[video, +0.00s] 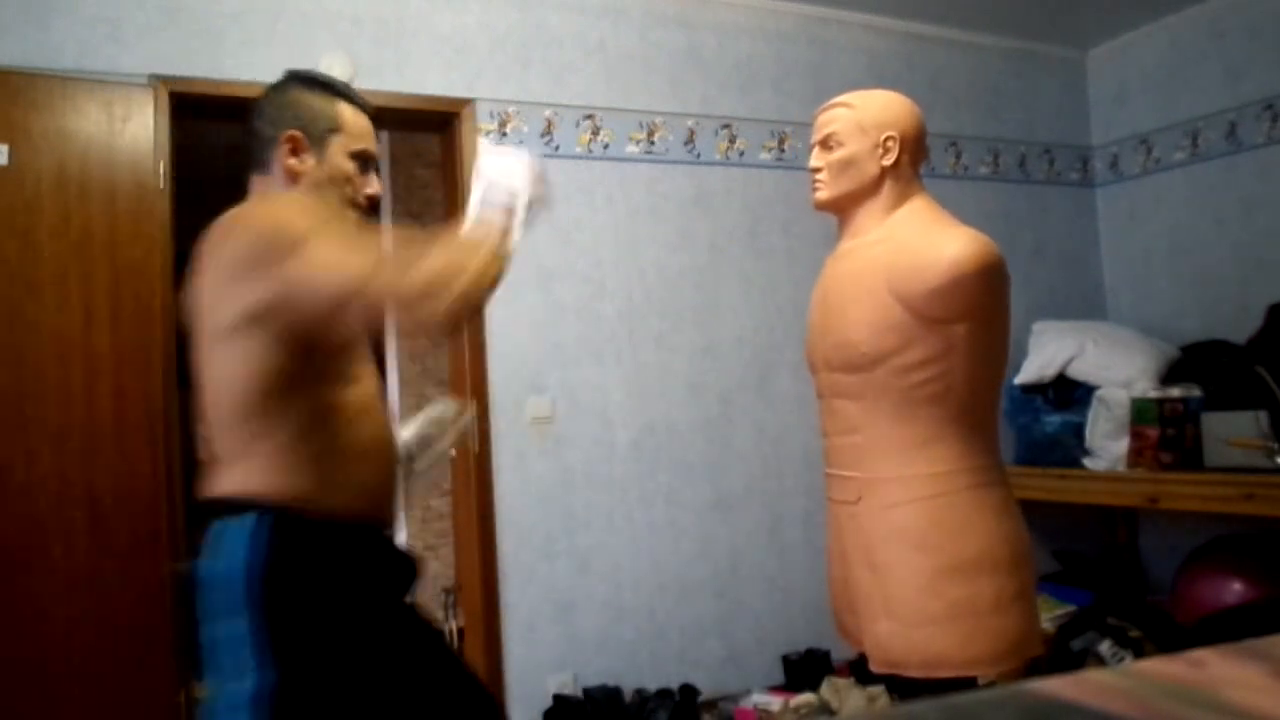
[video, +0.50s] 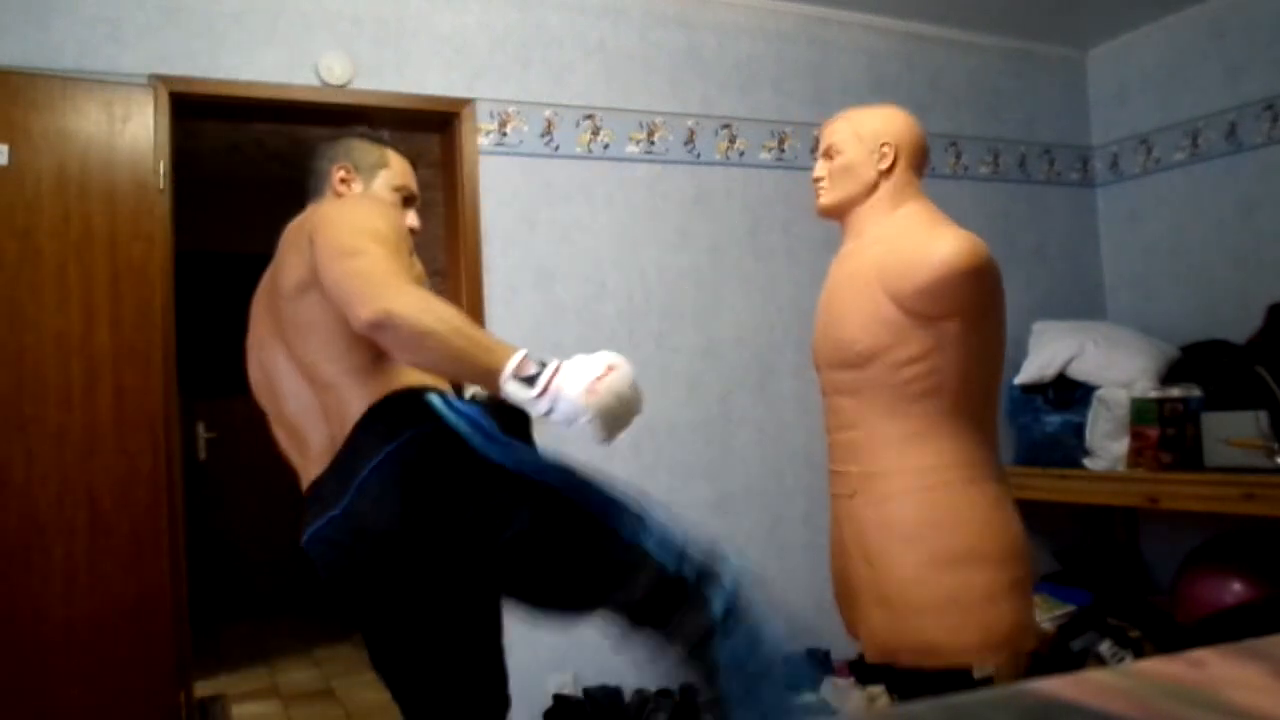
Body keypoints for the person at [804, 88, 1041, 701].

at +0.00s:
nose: (812, 160)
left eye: (830, 144)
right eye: (813, 146)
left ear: (887, 152)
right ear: (881, 154)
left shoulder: (949, 261)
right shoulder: (846, 260)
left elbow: (966, 433)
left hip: (937, 544)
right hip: (868, 541)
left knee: (960, 703)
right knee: (897, 696)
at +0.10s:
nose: (811, 161)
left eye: (830, 144)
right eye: (812, 146)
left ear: (887, 152)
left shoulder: (948, 260)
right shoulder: (844, 260)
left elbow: (966, 431)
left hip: (936, 544)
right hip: (867, 541)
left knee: (960, 704)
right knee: (897, 696)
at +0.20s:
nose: (812, 161)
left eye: (830, 144)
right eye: (813, 146)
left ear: (887, 152)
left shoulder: (949, 260)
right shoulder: (847, 259)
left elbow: (968, 435)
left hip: (939, 546)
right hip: (865, 541)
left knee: (964, 706)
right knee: (892, 699)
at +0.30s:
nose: (824, 188)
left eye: (843, 172)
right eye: (821, 171)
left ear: (900, 179)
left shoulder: (944, 251)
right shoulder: (829, 271)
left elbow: (955, 404)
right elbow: (817, 392)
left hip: (938, 514)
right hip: (864, 513)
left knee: (959, 679)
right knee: (892, 677)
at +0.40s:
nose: (809, 172)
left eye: (824, 157)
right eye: (810, 159)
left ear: (875, 164)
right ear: (871, 167)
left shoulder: (933, 248)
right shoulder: (842, 259)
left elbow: (961, 403)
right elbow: (849, 406)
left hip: (935, 519)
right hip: (874, 517)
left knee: (950, 693)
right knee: (905, 693)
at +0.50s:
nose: (815, 170)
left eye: (830, 155)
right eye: (817, 156)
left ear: (883, 160)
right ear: (880, 163)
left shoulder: (930, 254)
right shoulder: (859, 254)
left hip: (933, 520)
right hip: (872, 520)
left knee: (955, 697)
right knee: (900, 690)